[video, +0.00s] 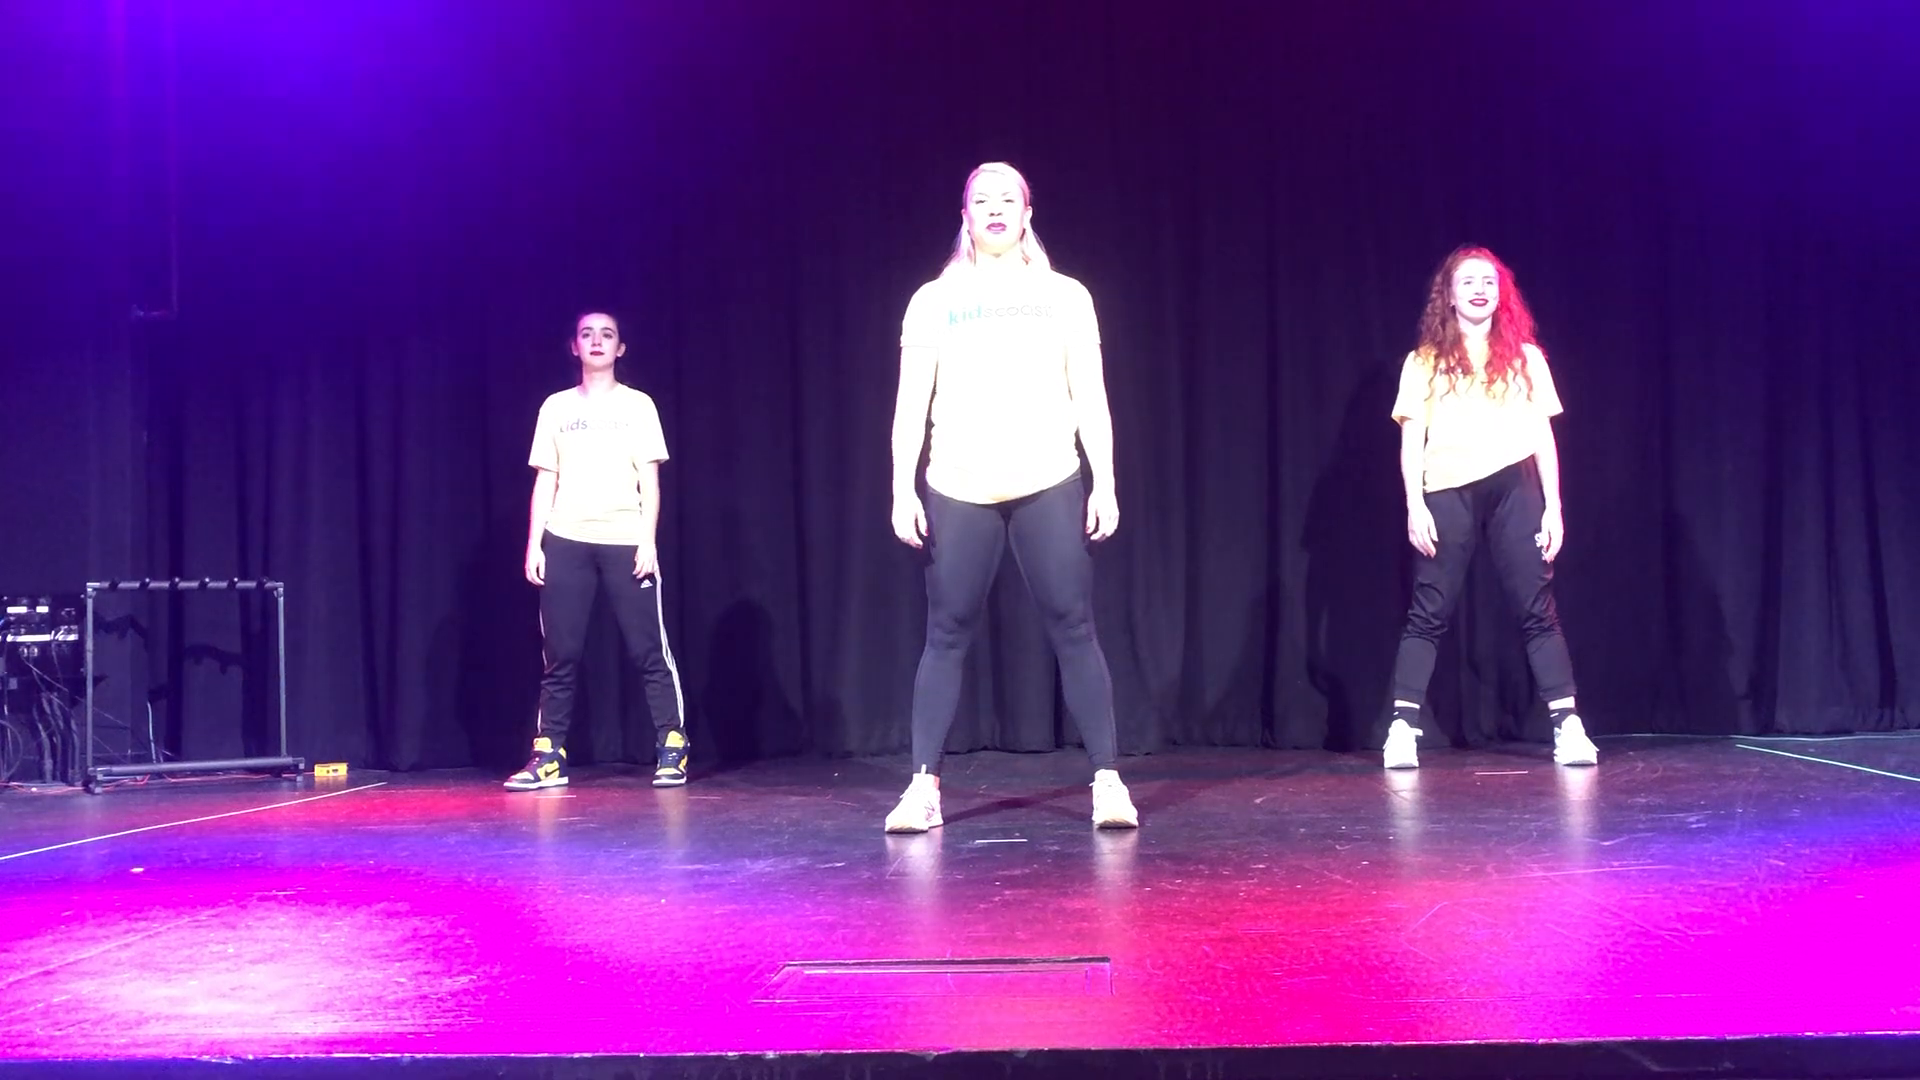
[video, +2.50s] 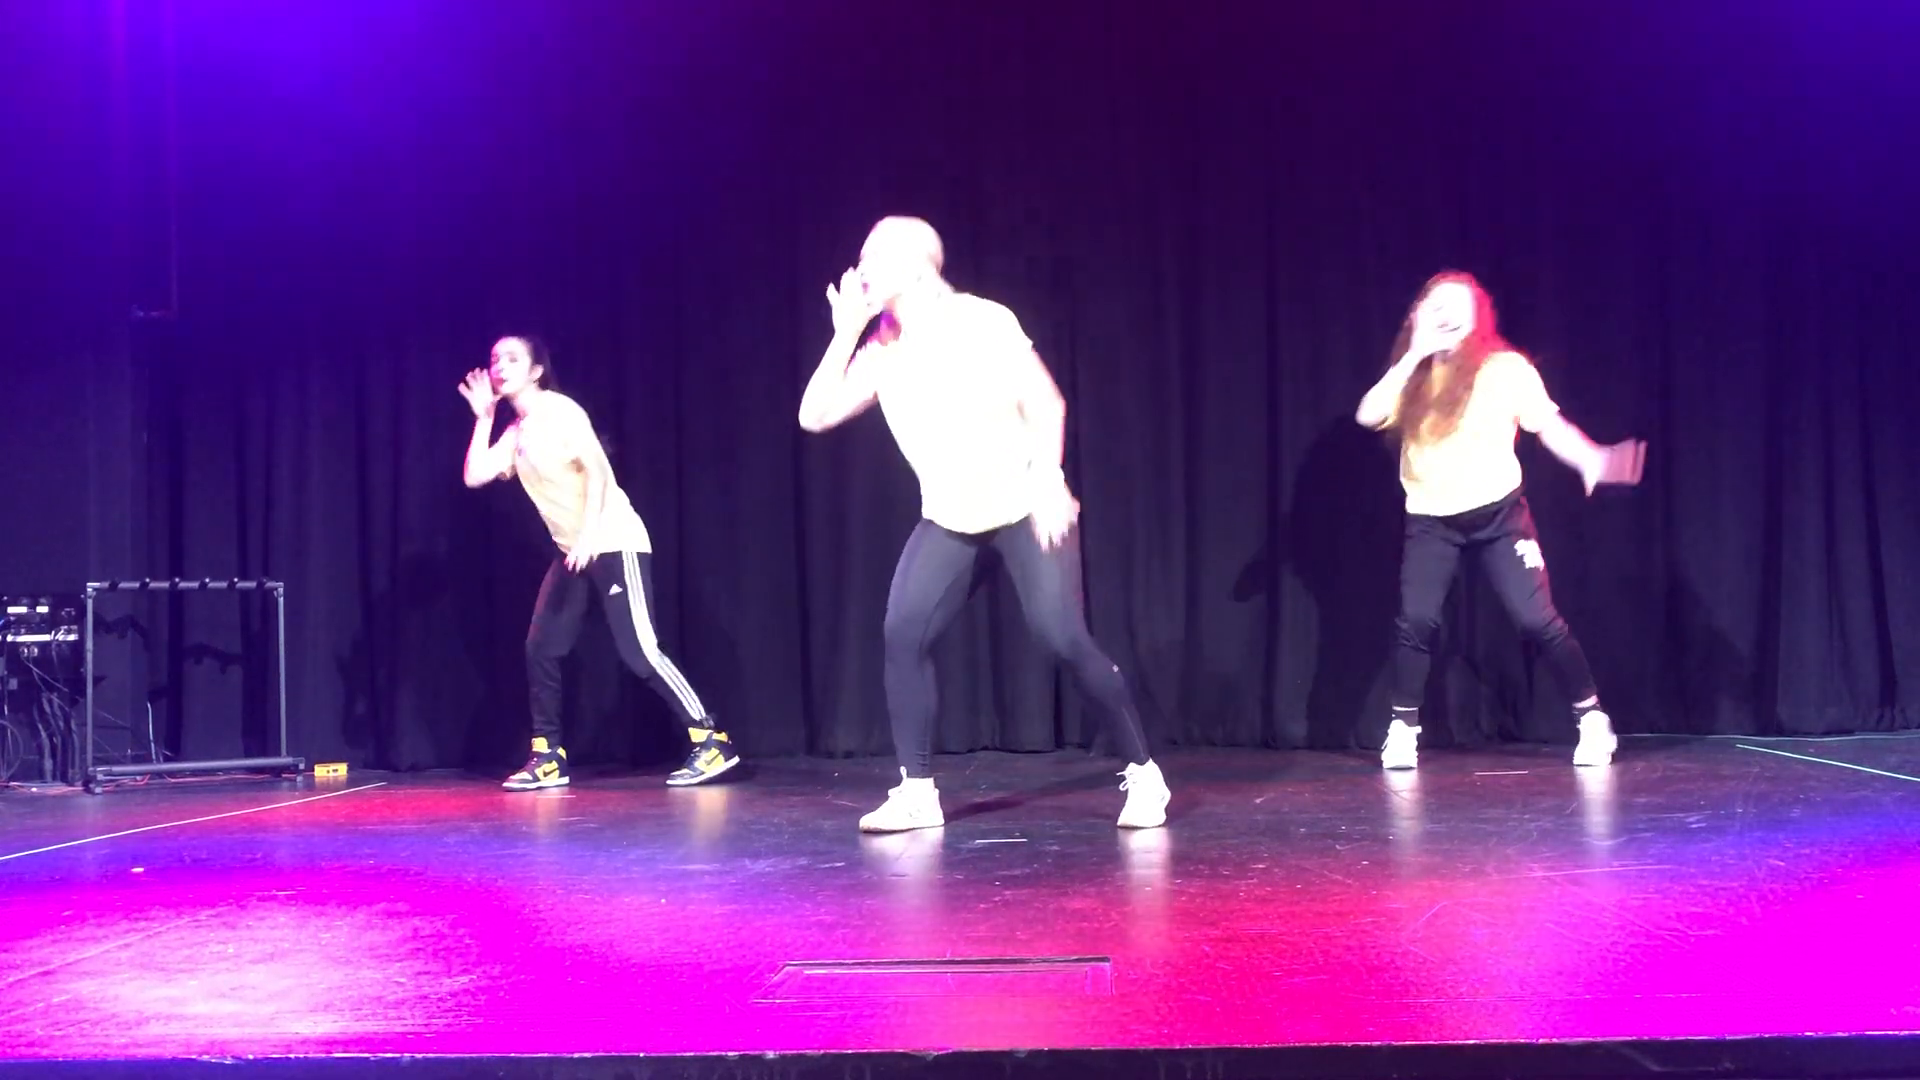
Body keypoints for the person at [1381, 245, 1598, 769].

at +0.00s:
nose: (1478, 290)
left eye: (1487, 282)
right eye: (1468, 281)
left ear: (1501, 293)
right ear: (1448, 291)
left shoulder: (1525, 356)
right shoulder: (1425, 360)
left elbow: (1543, 435)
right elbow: (1412, 439)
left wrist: (1553, 506)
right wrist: (1415, 505)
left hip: (1515, 488)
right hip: (1446, 492)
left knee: (1536, 606)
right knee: (1430, 608)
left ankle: (1567, 724)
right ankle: (1404, 726)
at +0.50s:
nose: (1477, 290)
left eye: (1486, 281)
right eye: (1467, 281)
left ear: (1501, 292)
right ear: (1448, 292)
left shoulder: (1525, 356)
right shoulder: (1425, 361)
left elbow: (1543, 435)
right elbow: (1413, 441)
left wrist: (1551, 505)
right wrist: (1414, 509)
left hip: (1514, 489)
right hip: (1445, 493)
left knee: (1535, 606)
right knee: (1430, 609)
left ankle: (1567, 725)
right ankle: (1404, 727)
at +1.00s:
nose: (1478, 288)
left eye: (1487, 280)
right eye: (1468, 280)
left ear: (1502, 291)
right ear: (1448, 290)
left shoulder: (1527, 355)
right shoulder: (1426, 359)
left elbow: (1544, 435)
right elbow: (1413, 440)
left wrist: (1552, 506)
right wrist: (1417, 508)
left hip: (1514, 489)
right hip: (1446, 493)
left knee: (1536, 607)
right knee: (1430, 609)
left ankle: (1567, 725)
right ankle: (1404, 727)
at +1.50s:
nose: (1478, 287)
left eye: (1487, 279)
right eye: (1468, 279)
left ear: (1501, 289)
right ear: (1448, 289)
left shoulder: (1527, 353)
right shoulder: (1425, 359)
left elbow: (1546, 434)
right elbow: (1414, 442)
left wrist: (1554, 505)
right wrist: (1419, 510)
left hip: (1518, 493)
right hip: (1448, 498)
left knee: (1541, 608)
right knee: (1433, 611)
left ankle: (1568, 726)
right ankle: (1404, 728)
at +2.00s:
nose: (1395, 323)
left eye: (1407, 314)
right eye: (1394, 317)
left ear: (1440, 320)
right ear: (1397, 332)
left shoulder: (1479, 376)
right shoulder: (1402, 391)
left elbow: (1519, 453)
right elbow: (1340, 421)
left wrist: (1528, 532)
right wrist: (1366, 369)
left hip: (1493, 520)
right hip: (1434, 529)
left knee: (1516, 635)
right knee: (1409, 622)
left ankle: (1616, 716)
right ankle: (1400, 734)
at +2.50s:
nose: (1446, 319)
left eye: (1456, 311)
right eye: (1437, 310)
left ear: (1477, 320)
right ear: (1419, 318)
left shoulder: (1505, 370)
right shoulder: (1411, 378)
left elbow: (1550, 426)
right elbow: (1367, 415)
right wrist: (1413, 356)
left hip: (1500, 517)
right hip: (1430, 523)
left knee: (1538, 621)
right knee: (1416, 622)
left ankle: (1592, 721)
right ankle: (1403, 731)